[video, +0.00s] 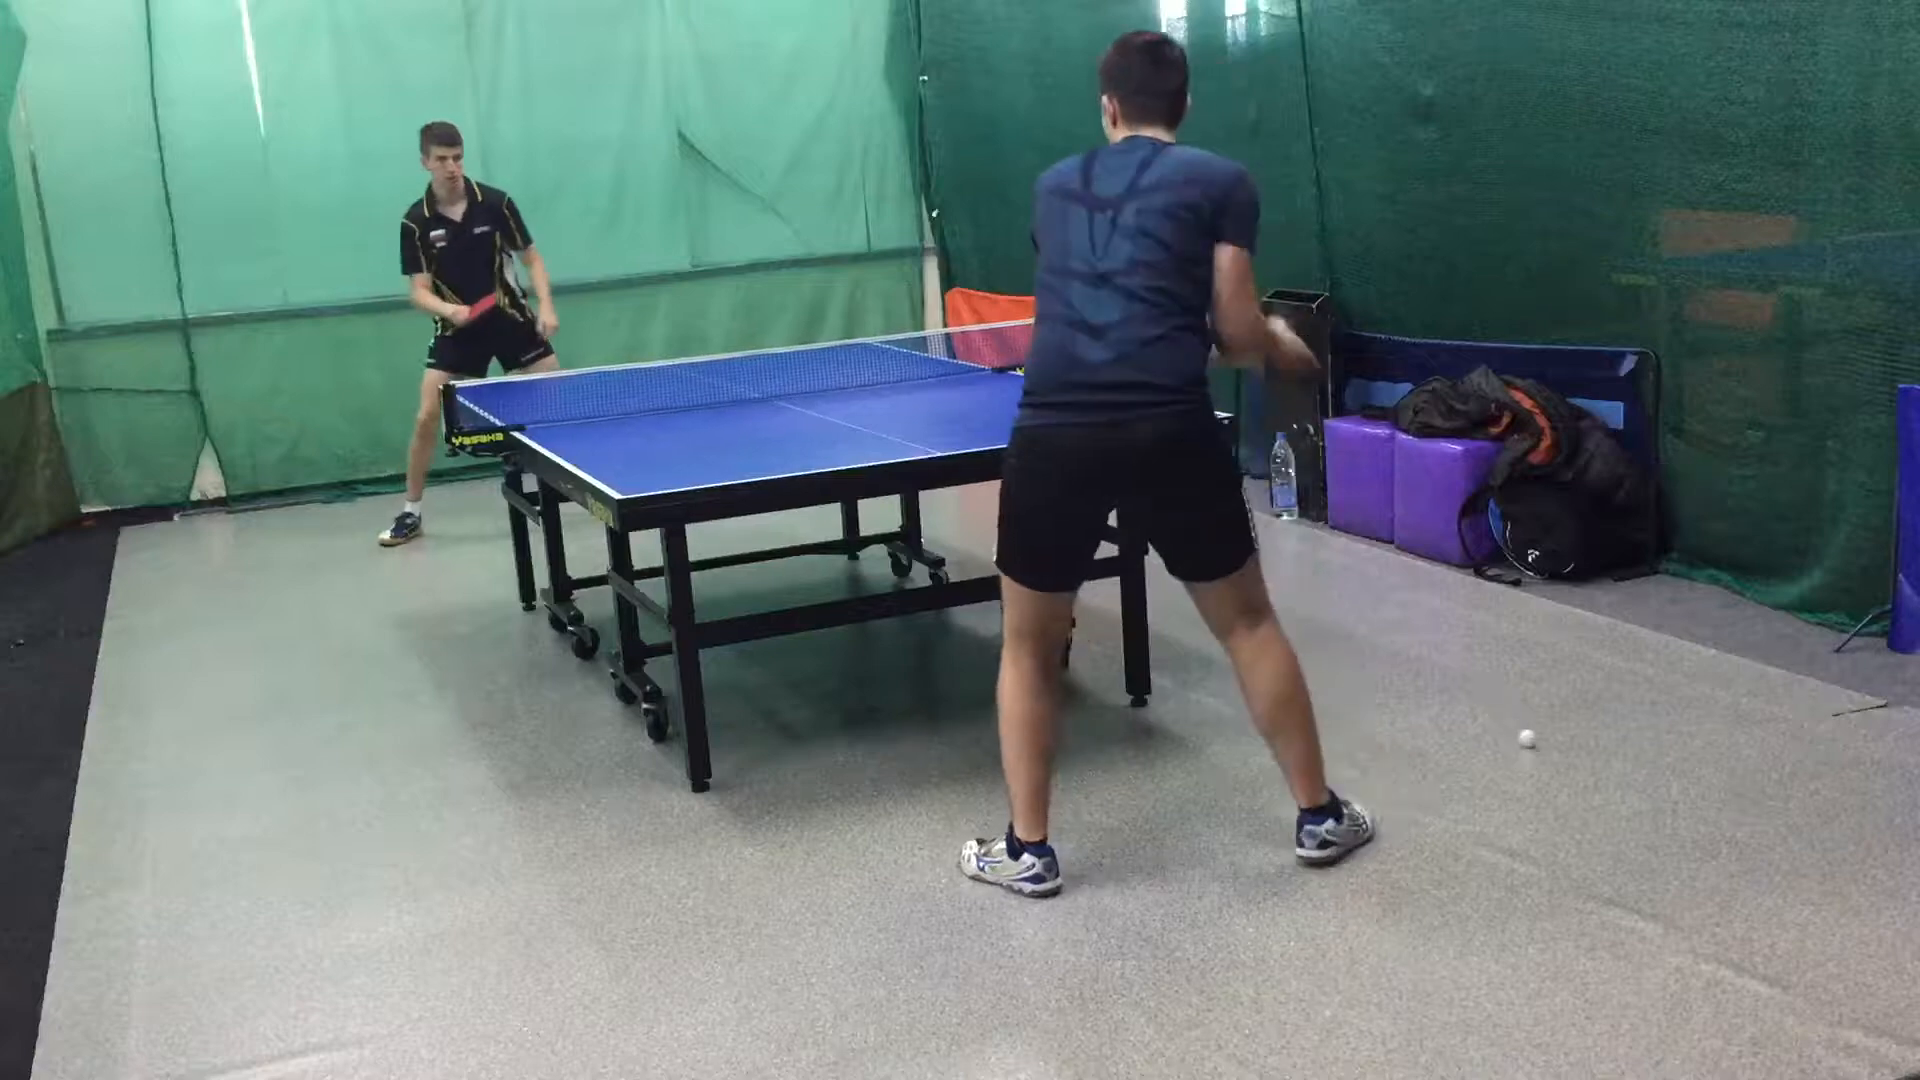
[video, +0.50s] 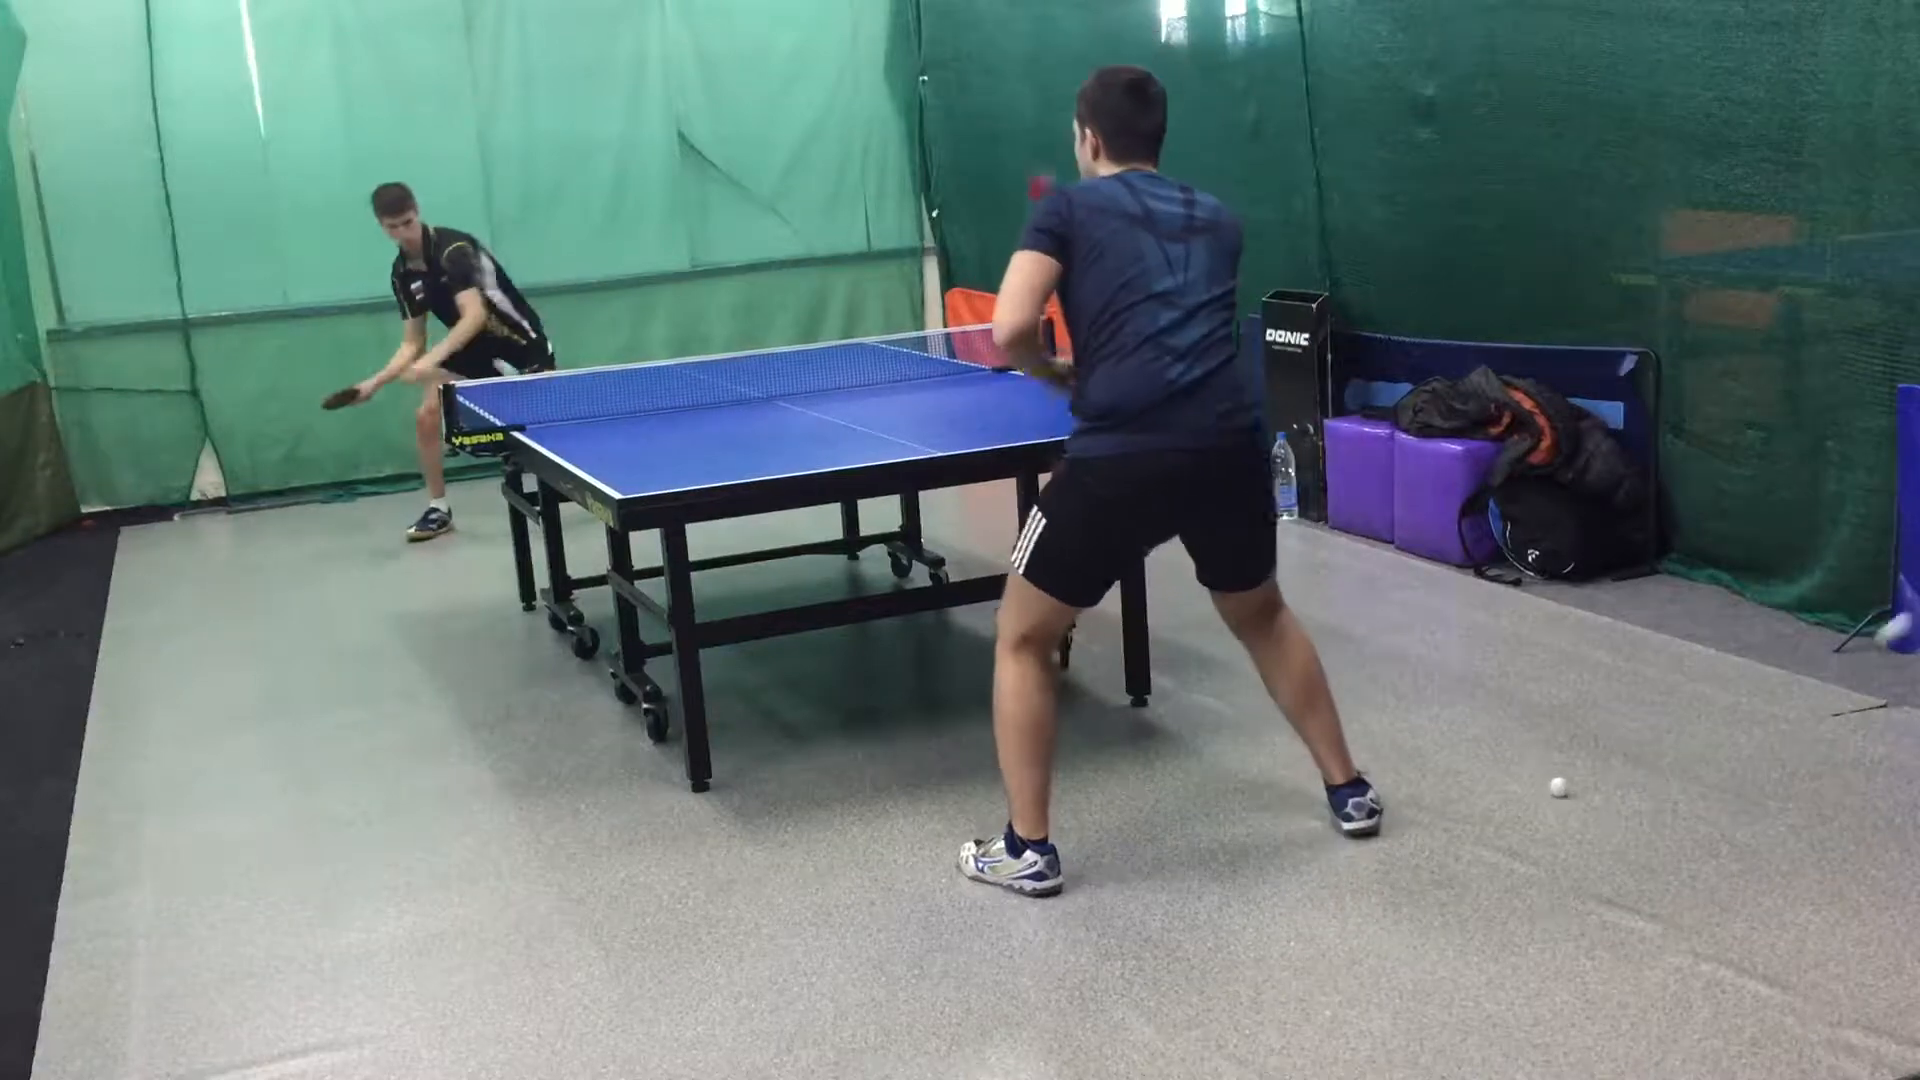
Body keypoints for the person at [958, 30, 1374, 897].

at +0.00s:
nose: (1118, 113)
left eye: (1109, 99)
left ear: (1106, 105)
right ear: (1187, 107)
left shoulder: (1055, 184)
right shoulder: (1220, 181)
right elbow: (1236, 332)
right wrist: (1285, 349)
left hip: (1053, 448)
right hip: (1170, 442)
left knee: (1029, 648)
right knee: (1248, 624)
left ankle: (1029, 848)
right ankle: (1317, 813)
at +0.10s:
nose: (1099, 110)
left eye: (1096, 100)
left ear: (1100, 105)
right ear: (1178, 107)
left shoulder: (1052, 182)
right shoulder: (1225, 188)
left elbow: (1035, 324)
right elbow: (1241, 322)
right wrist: (1185, 299)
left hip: (1059, 451)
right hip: (1177, 446)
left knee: (1030, 645)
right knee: (1250, 628)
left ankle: (1029, 848)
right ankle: (1317, 816)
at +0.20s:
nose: (1080, 110)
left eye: (1081, 97)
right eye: (1088, 98)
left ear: (1089, 105)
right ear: (1166, 107)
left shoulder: (1050, 177)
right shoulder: (1219, 185)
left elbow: (994, 310)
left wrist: (1042, 379)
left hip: (1074, 442)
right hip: (1192, 435)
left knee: (1030, 646)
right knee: (1252, 626)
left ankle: (1028, 848)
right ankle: (1318, 813)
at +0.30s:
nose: (1065, 111)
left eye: (1067, 99)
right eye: (1072, 99)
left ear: (1078, 105)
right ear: (1154, 107)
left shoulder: (1050, 173)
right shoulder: (1206, 186)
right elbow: (1188, 300)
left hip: (1085, 438)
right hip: (1200, 431)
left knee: (1032, 644)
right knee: (1249, 612)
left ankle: (1028, 848)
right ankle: (1323, 791)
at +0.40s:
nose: (1064, 125)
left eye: (1064, 114)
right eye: (1070, 113)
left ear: (1078, 117)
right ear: (1149, 118)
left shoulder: (1054, 184)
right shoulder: (1203, 194)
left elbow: (989, 309)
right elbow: (1193, 305)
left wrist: (1017, 388)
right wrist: (1096, 364)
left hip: (1097, 448)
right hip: (1210, 439)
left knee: (1024, 645)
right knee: (1261, 615)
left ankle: (1029, 847)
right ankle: (1344, 786)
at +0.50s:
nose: (1075, 145)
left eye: (1075, 134)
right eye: (1081, 133)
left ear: (1087, 139)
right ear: (1159, 139)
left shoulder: (1069, 207)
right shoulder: (1215, 215)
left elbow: (1013, 327)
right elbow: (1204, 324)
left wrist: (1053, 370)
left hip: (1120, 465)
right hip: (1228, 457)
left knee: (1024, 639)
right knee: (1265, 618)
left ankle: (1028, 845)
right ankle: (1349, 791)